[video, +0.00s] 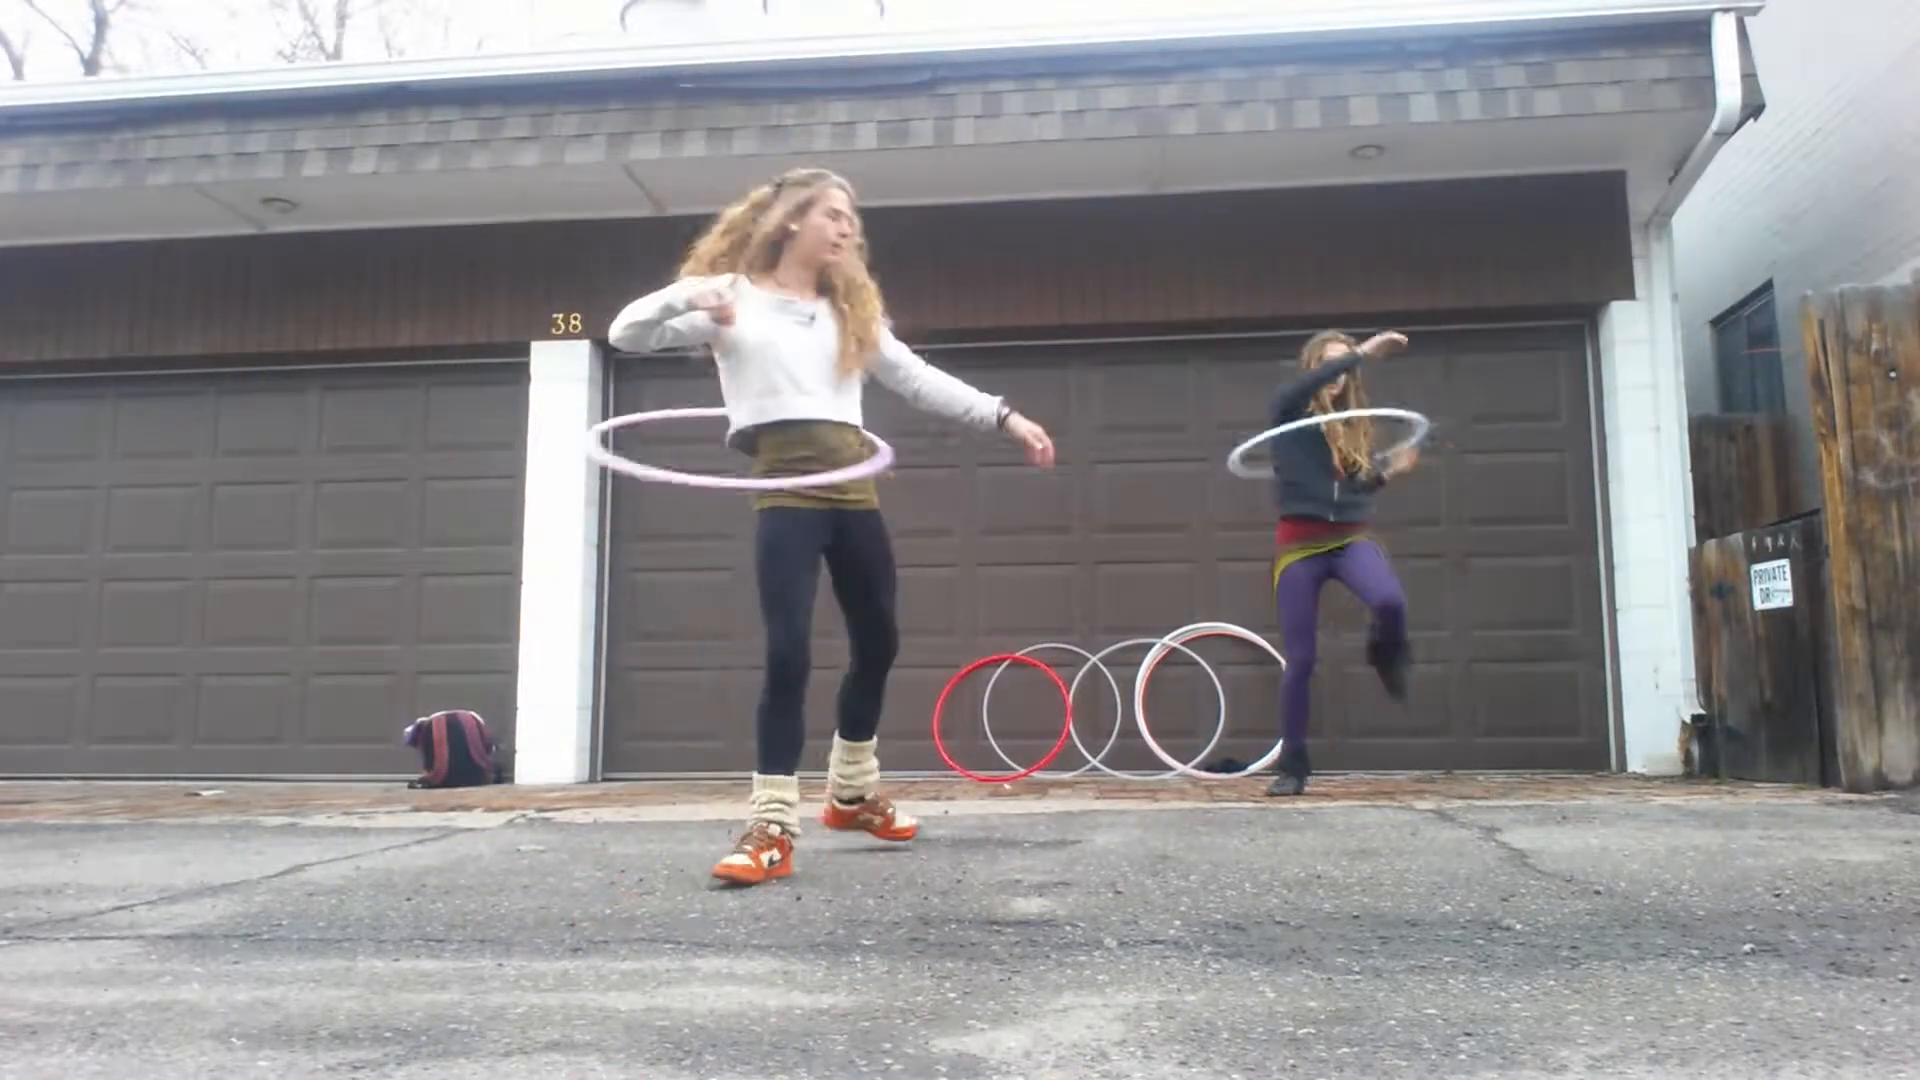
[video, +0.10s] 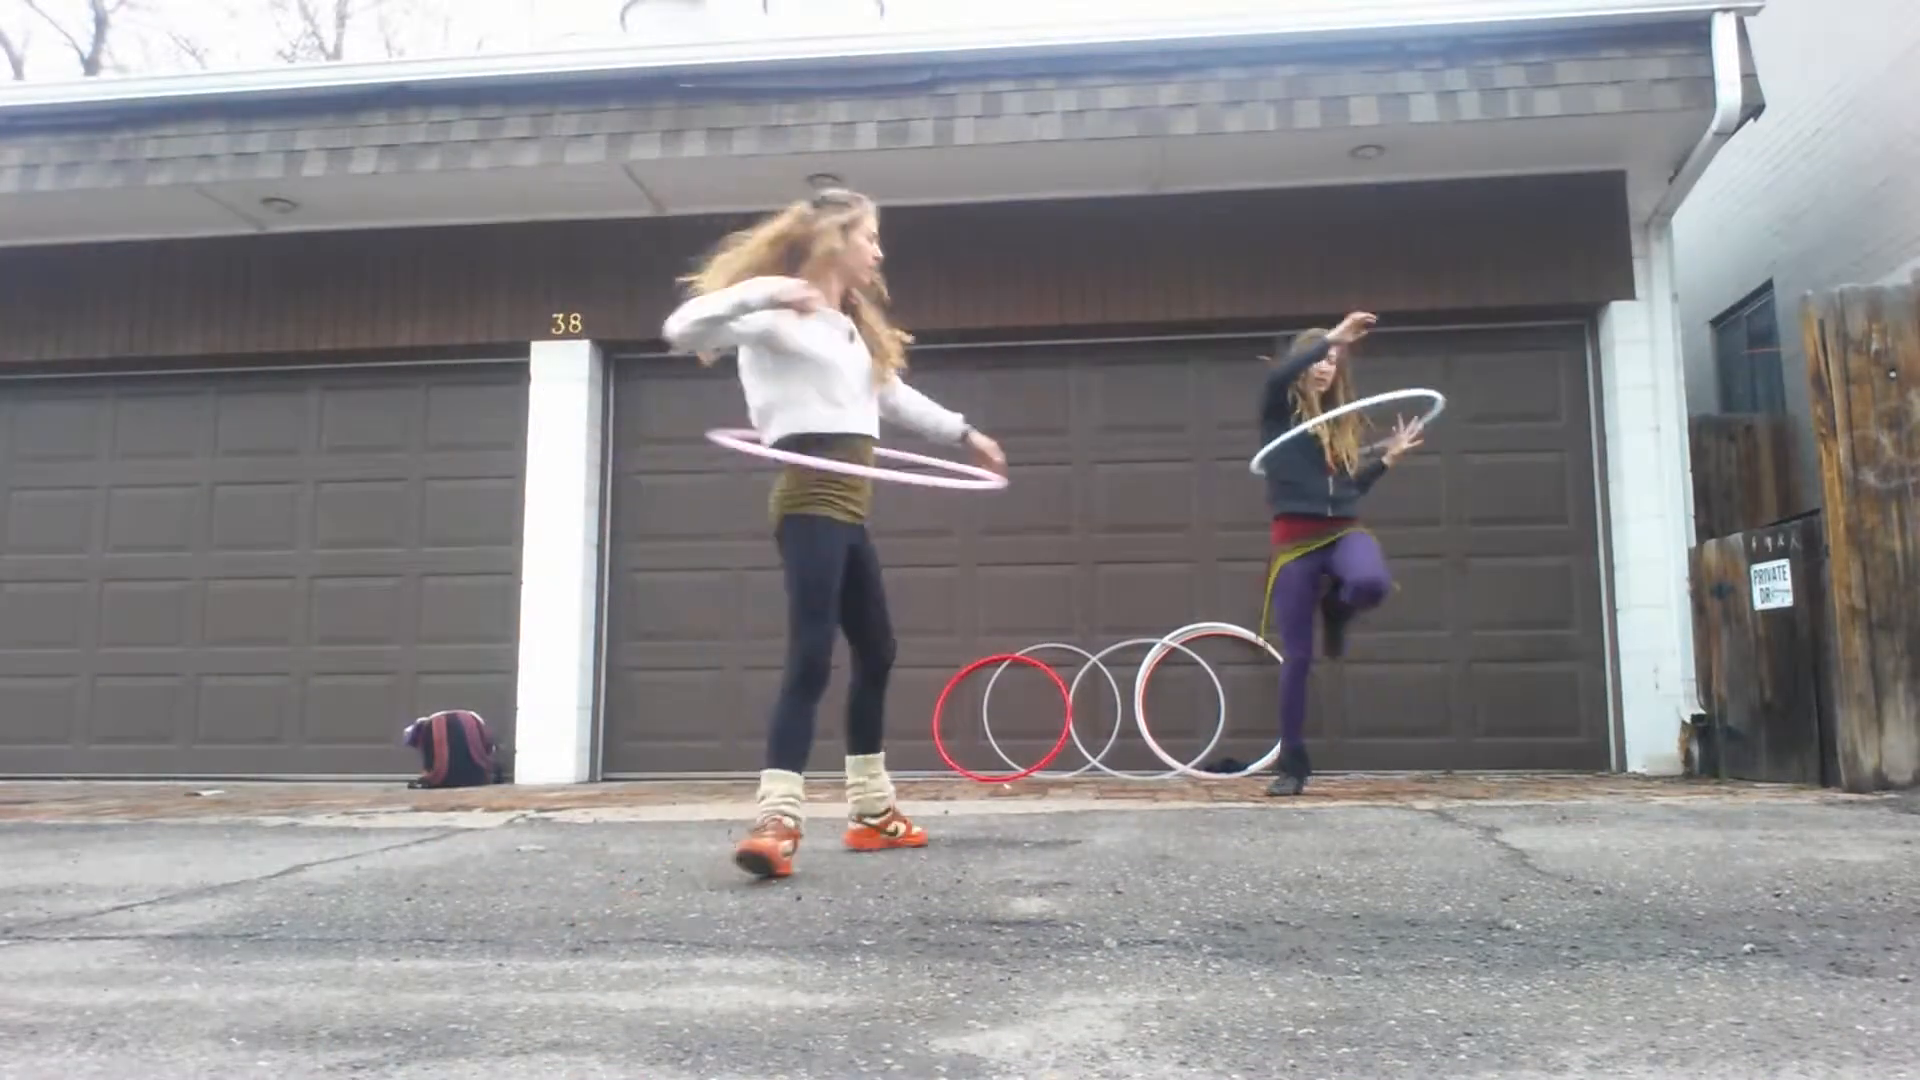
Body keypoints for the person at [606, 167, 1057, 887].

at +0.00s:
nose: (849, 228)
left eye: (853, 220)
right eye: (835, 214)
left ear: (848, 238)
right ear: (790, 221)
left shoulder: (848, 312)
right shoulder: (727, 293)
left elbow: (918, 378)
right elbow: (624, 332)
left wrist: (1004, 416)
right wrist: (693, 307)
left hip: (855, 496)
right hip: (787, 497)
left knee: (876, 646)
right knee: (788, 659)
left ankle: (851, 794)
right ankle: (771, 826)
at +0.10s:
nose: (878, 251)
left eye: (877, 238)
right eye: (869, 237)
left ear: (843, 245)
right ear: (832, 241)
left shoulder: (850, 329)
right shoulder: (769, 312)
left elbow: (893, 396)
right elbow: (680, 329)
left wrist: (964, 435)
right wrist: (760, 289)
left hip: (849, 503)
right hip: (810, 499)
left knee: (875, 651)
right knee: (810, 660)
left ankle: (871, 812)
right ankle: (777, 821)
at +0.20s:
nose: (894, 267)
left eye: (893, 256)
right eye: (888, 254)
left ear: (856, 258)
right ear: (861, 256)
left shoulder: (858, 331)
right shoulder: (818, 313)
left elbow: (844, 408)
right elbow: (783, 337)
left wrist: (896, 434)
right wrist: (891, 309)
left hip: (850, 501)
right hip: (830, 501)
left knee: (875, 657)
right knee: (852, 658)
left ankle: (866, 807)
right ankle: (812, 814)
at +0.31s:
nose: (902, 275)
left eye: (901, 264)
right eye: (897, 264)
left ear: (839, 269)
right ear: (880, 268)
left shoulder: (817, 335)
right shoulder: (867, 323)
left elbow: (805, 411)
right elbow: (913, 352)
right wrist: (1015, 353)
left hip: (816, 503)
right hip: (858, 501)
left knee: (864, 659)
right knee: (906, 657)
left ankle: (866, 813)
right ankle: (877, 807)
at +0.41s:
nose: (916, 282)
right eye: (910, 272)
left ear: (844, 276)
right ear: (901, 276)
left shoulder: (812, 335)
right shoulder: (904, 333)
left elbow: (764, 401)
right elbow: (989, 374)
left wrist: (741, 455)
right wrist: (1082, 402)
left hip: (826, 494)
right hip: (893, 490)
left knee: (863, 658)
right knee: (930, 651)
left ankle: (865, 811)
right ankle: (929, 797)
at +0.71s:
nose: (829, 319)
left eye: (834, 310)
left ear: (848, 308)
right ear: (906, 309)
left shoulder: (834, 350)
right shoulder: (934, 358)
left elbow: (788, 417)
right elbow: (1010, 415)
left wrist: (716, 442)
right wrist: (998, 462)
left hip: (851, 509)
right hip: (914, 514)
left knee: (859, 657)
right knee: (907, 655)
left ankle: (869, 803)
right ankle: (921, 788)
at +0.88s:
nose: (833, 325)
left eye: (837, 316)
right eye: (836, 315)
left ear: (849, 319)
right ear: (893, 317)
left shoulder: (858, 355)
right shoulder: (917, 364)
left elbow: (830, 430)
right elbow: (943, 437)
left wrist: (818, 484)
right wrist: (879, 485)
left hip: (888, 513)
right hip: (927, 515)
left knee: (875, 650)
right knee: (884, 649)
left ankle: (906, 781)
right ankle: (889, 783)